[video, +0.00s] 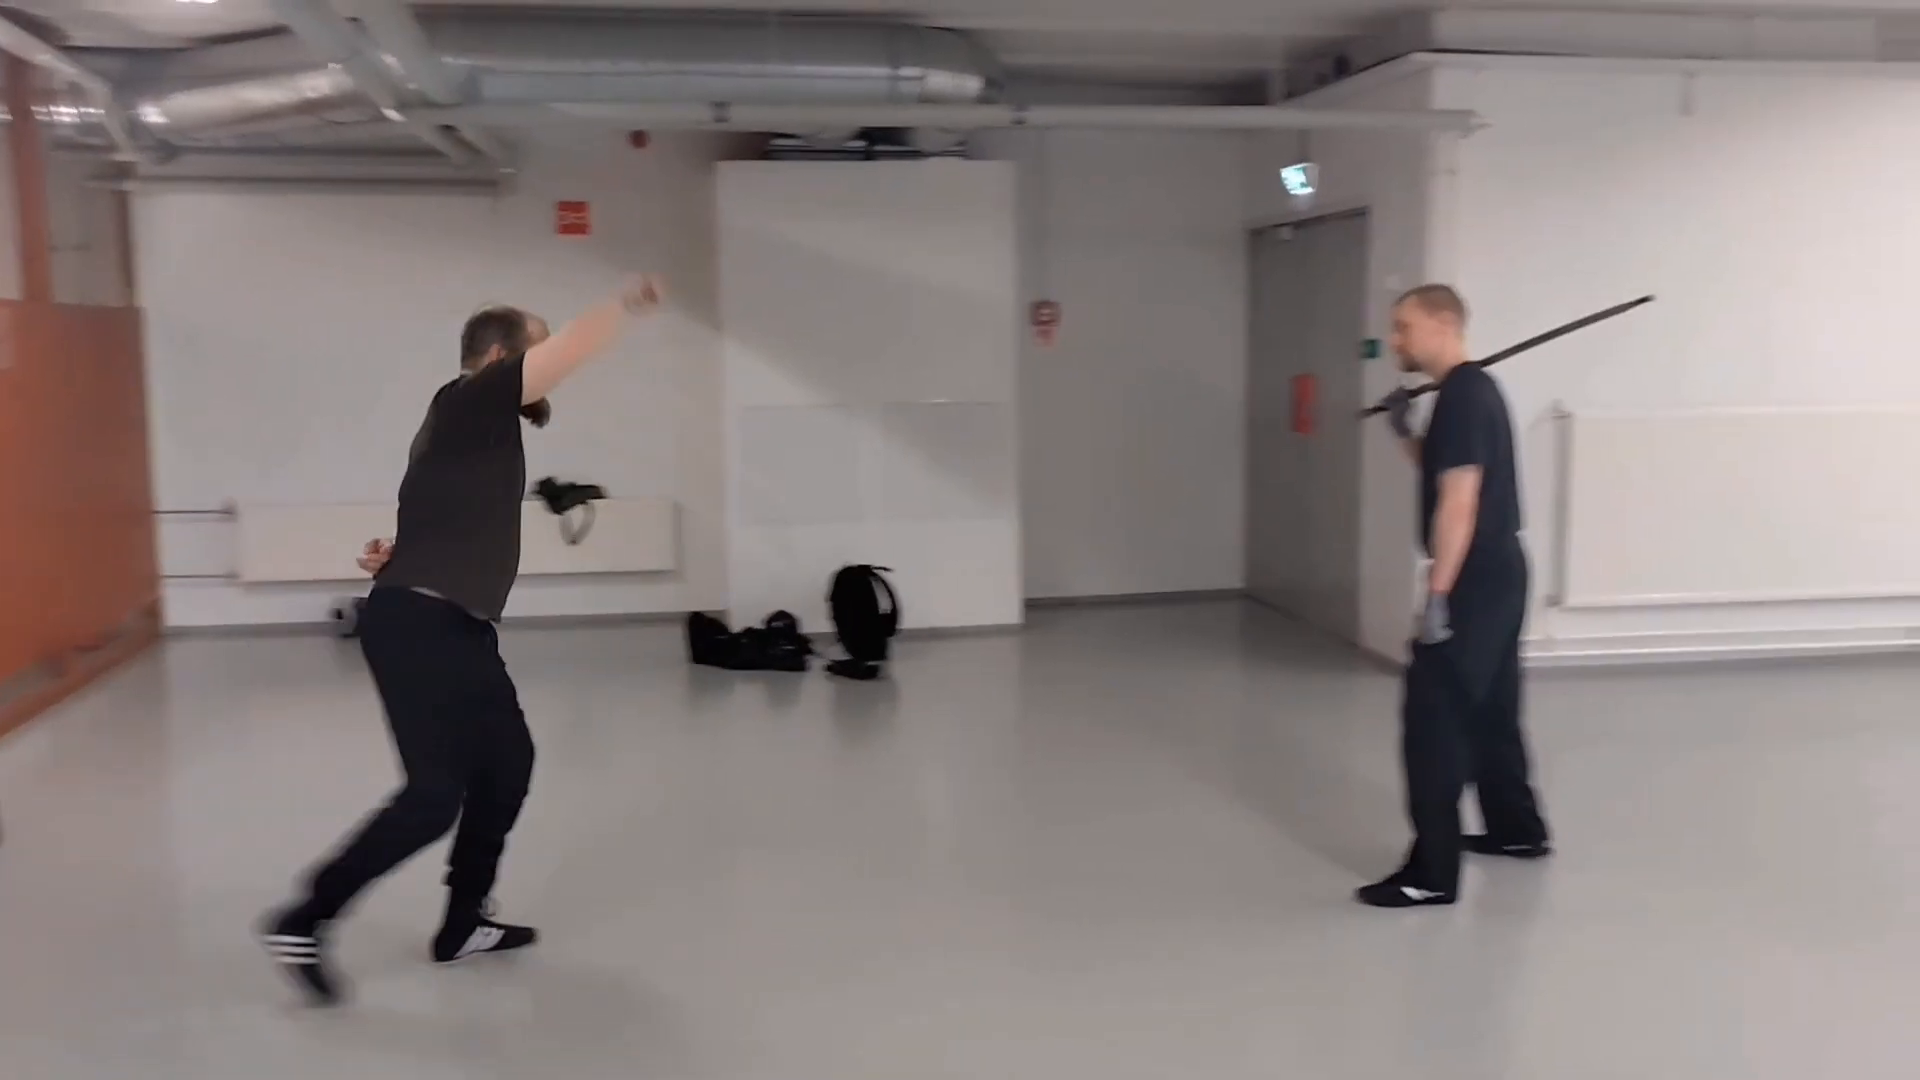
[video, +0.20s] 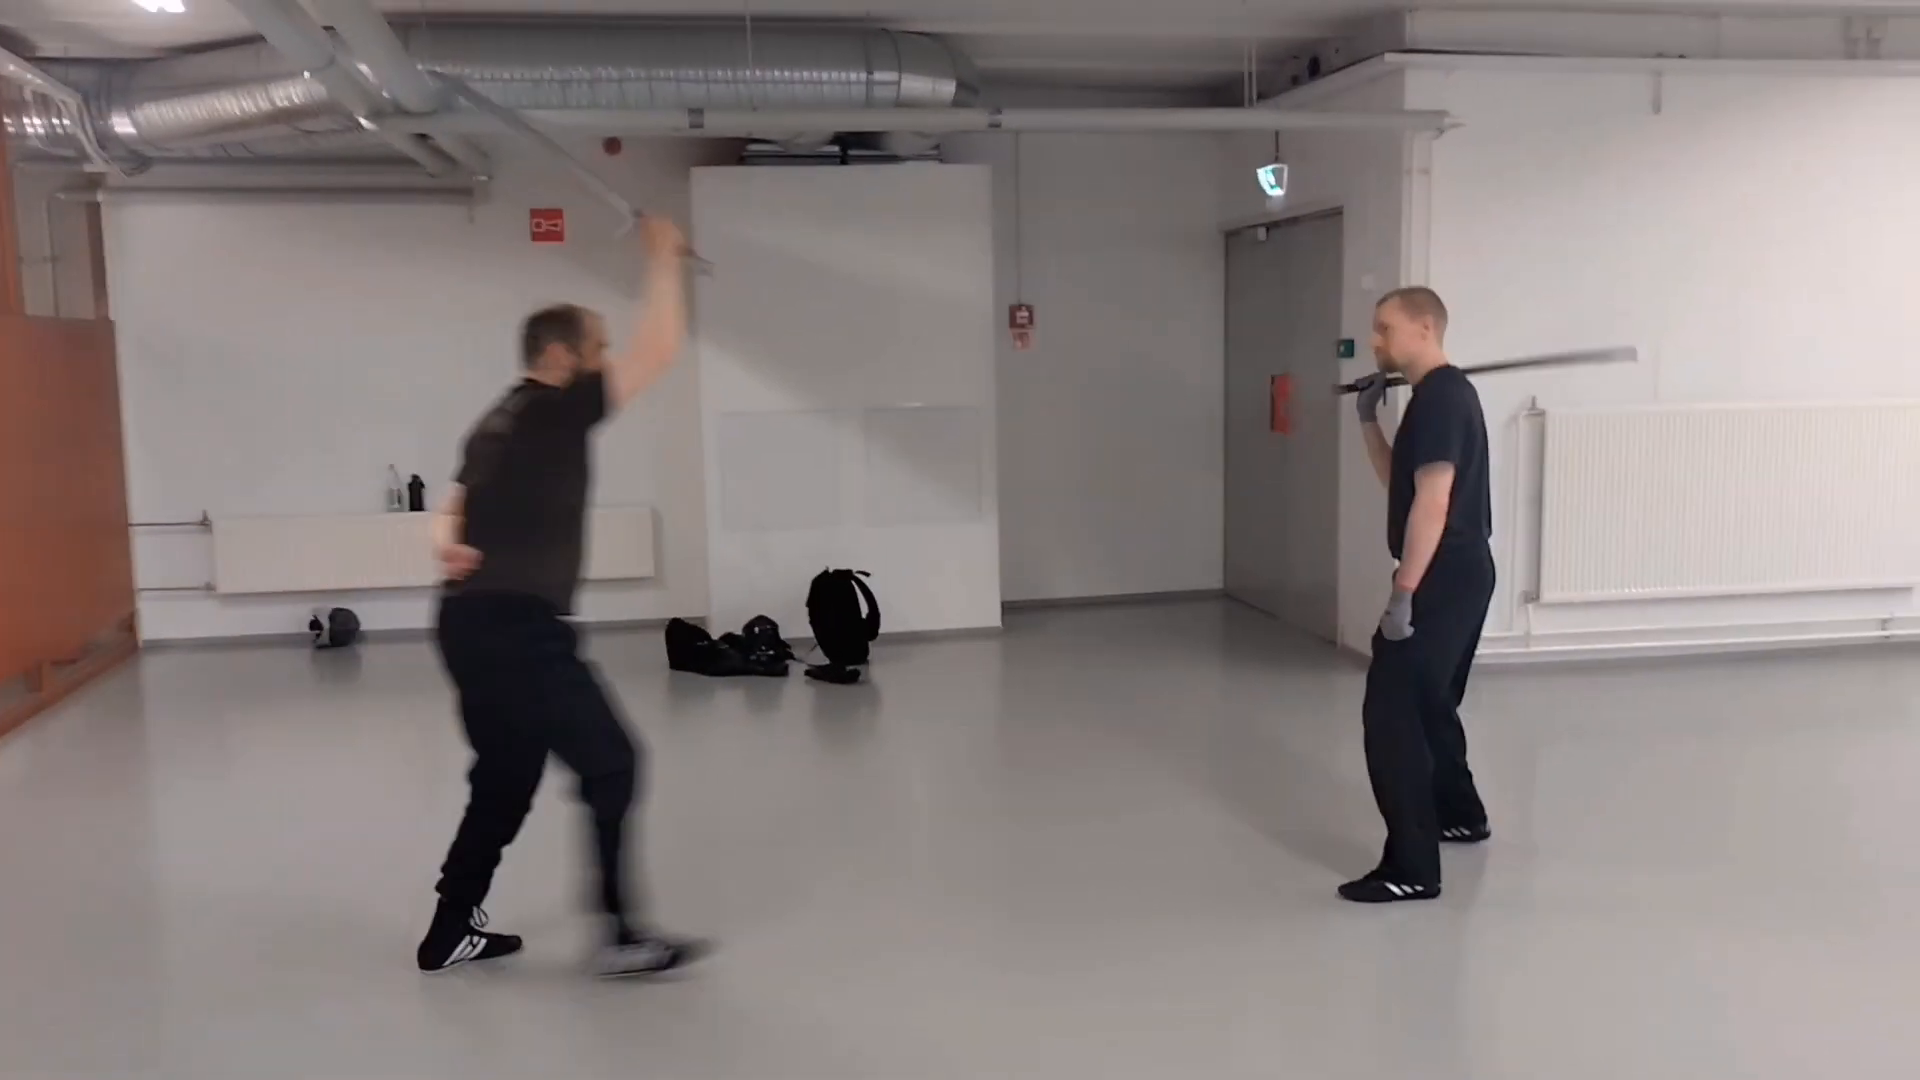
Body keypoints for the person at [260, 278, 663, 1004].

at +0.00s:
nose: (548, 368)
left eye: (548, 356)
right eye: (540, 353)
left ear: (487, 357)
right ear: (502, 354)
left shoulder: (483, 426)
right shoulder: (471, 399)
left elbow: (464, 529)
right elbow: (564, 354)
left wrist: (403, 555)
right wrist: (624, 304)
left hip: (458, 628)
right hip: (412, 621)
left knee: (507, 761)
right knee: (438, 790)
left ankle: (463, 923)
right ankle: (300, 922)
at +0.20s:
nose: (603, 362)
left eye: (600, 349)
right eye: (594, 349)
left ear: (539, 356)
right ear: (557, 352)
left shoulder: (495, 423)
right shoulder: (564, 403)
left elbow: (452, 510)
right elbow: (659, 346)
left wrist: (450, 544)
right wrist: (664, 258)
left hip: (471, 620)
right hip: (520, 621)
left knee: (505, 777)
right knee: (611, 761)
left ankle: (449, 931)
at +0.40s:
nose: (685, 374)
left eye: (682, 362)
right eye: (677, 362)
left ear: (624, 373)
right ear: (641, 370)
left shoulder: (572, 448)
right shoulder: (668, 436)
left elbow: (522, 537)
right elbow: (787, 424)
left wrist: (556, 574)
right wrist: (802, 327)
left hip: (576, 646)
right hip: (651, 646)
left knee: (541, 791)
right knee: (743, 775)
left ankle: (452, 931)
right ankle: (846, 908)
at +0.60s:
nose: (796, 383)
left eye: (792, 369)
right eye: (789, 370)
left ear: (726, 384)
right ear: (766, 380)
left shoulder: (679, 453)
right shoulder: (794, 455)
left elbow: (624, 542)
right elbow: (909, 465)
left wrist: (673, 580)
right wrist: (960, 390)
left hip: (677, 656)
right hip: (763, 651)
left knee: (638, 790)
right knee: (853, 765)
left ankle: (544, 924)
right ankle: (894, 920)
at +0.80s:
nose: (844, 353)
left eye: (840, 341)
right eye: (837, 343)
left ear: (778, 364)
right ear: (811, 358)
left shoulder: (726, 431)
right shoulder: (844, 436)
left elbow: (669, 516)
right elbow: (948, 458)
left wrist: (710, 558)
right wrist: (1019, 424)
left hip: (715, 636)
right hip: (802, 635)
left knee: (688, 778)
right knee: (874, 769)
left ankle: (609, 922)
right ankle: (902, 923)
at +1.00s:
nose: (832, 354)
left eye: (826, 341)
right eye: (823, 343)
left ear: (769, 366)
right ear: (796, 361)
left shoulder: (722, 438)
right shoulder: (827, 441)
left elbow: (673, 524)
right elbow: (928, 504)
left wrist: (701, 561)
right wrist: (999, 473)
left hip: (715, 636)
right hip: (794, 634)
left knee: (702, 780)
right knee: (875, 765)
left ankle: (596, 916)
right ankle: (899, 925)